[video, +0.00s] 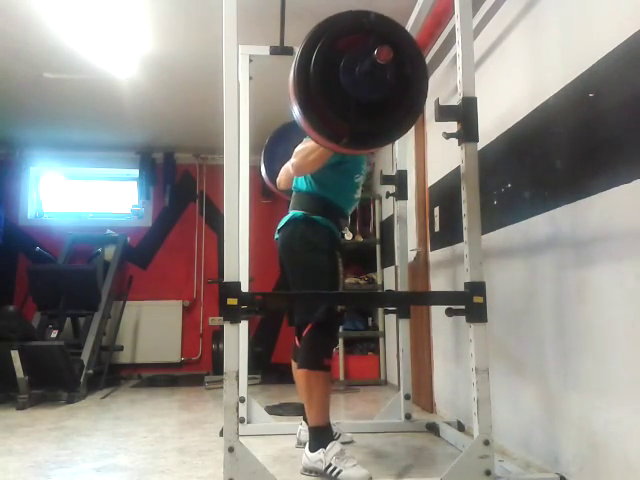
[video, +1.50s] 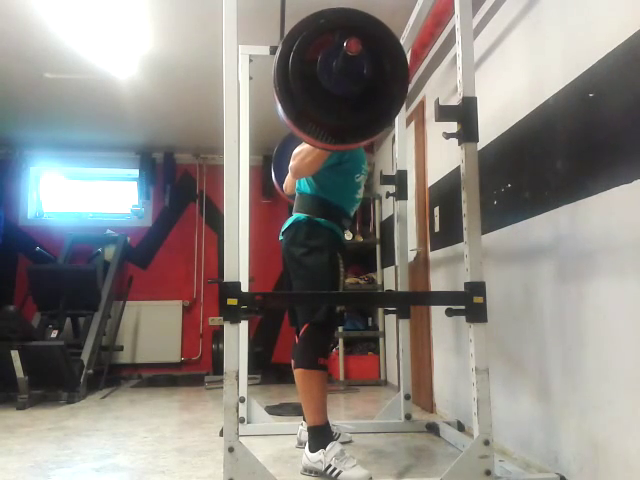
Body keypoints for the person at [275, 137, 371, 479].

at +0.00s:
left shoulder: (348, 136)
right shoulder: (333, 131)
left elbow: (282, 180)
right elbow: (295, 167)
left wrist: (297, 166)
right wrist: (336, 140)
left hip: (311, 232)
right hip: (308, 231)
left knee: (309, 334)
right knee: (320, 332)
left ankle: (314, 430)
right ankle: (320, 446)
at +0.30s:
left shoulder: (347, 137)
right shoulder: (327, 132)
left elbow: (283, 181)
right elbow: (293, 173)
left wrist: (295, 164)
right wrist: (334, 144)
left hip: (316, 234)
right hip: (307, 232)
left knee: (312, 335)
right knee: (316, 334)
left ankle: (315, 429)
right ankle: (320, 445)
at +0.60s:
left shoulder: (350, 139)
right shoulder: (334, 133)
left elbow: (285, 183)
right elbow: (296, 170)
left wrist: (298, 167)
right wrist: (338, 140)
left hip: (319, 232)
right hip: (309, 231)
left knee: (316, 331)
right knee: (316, 331)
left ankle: (315, 429)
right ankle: (319, 446)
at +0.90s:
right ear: (356, 108)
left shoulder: (347, 142)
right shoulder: (336, 135)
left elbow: (286, 184)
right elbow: (298, 166)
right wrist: (338, 133)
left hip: (315, 235)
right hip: (310, 234)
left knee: (312, 334)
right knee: (316, 333)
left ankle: (315, 429)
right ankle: (319, 446)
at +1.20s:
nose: (377, 134)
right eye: (374, 125)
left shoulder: (348, 144)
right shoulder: (334, 135)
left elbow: (288, 184)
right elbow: (297, 169)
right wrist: (336, 134)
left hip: (317, 234)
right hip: (311, 234)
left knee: (313, 334)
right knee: (318, 333)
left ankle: (315, 430)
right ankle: (320, 446)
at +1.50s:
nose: (373, 135)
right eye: (368, 126)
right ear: (351, 114)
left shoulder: (345, 144)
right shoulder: (330, 134)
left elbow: (289, 186)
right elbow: (296, 170)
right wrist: (333, 134)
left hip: (317, 234)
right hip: (310, 233)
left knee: (314, 333)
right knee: (316, 332)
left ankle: (315, 429)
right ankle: (319, 446)